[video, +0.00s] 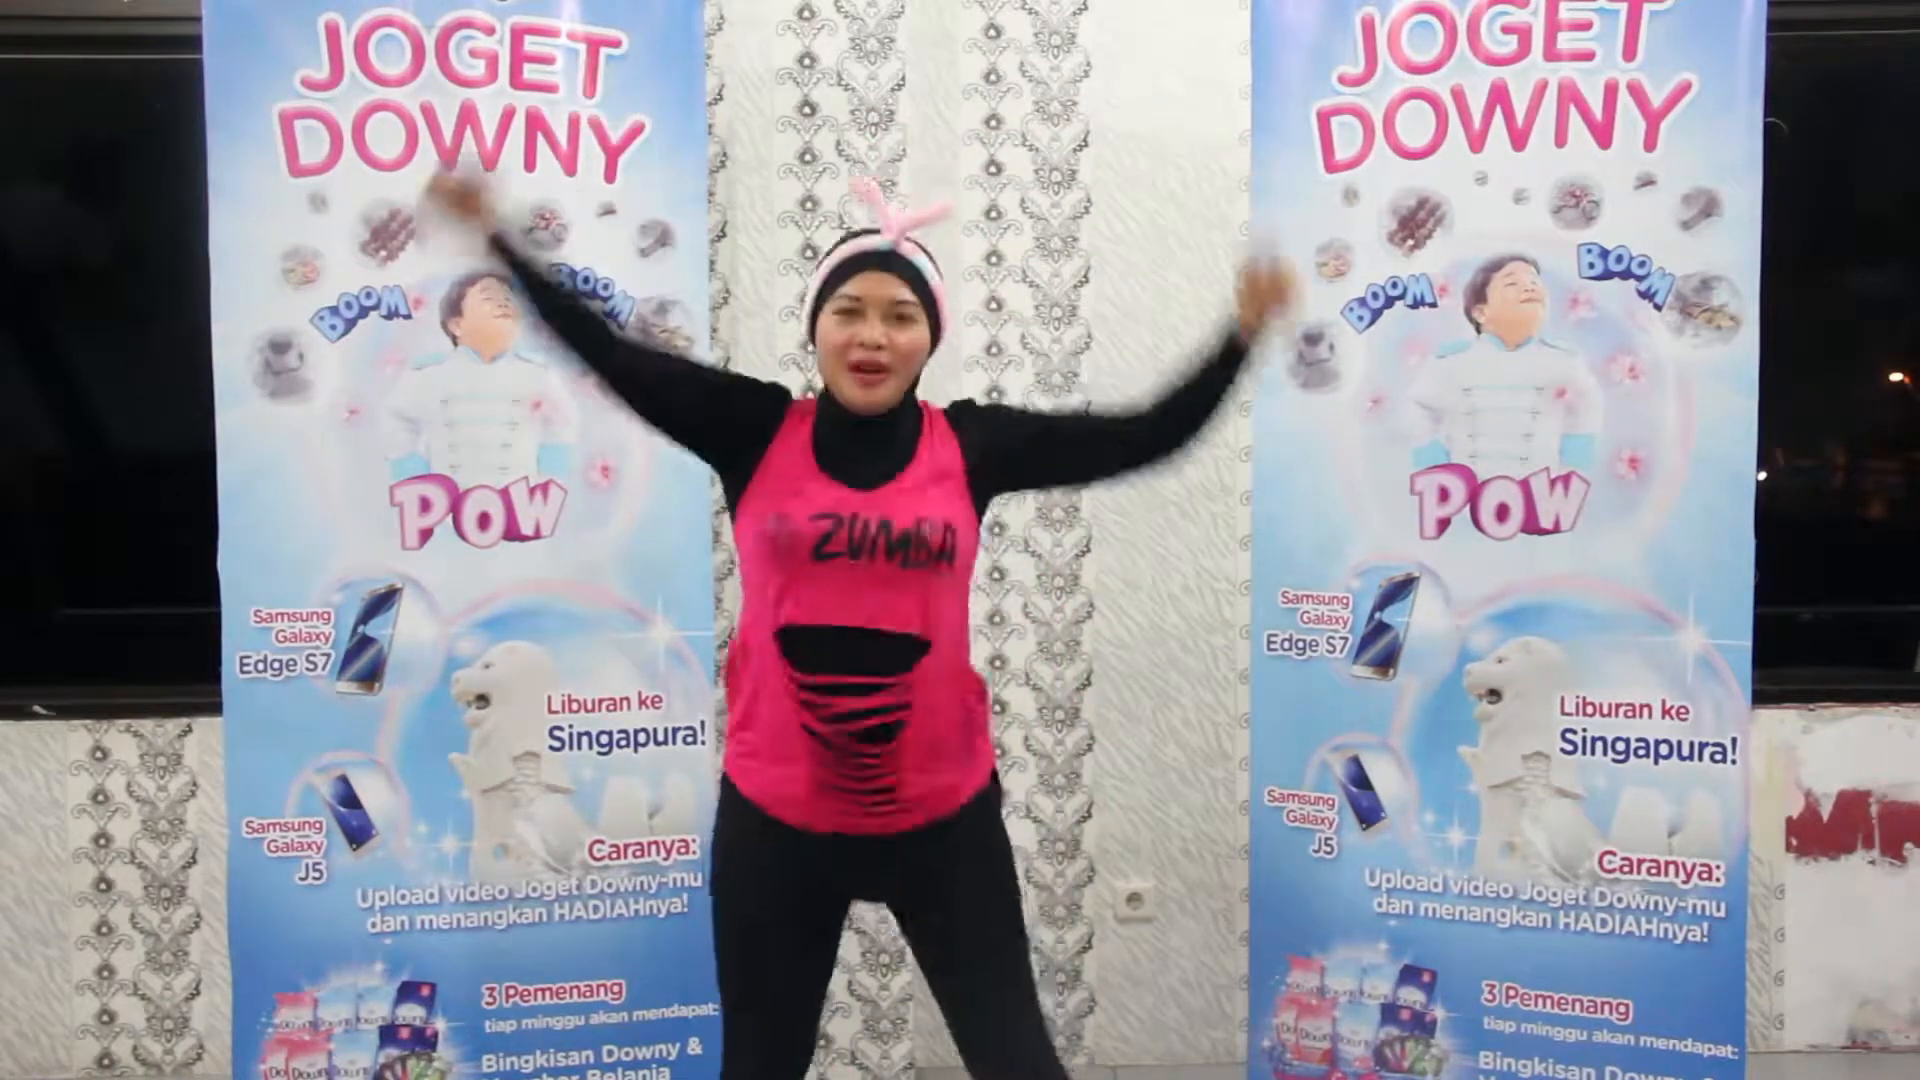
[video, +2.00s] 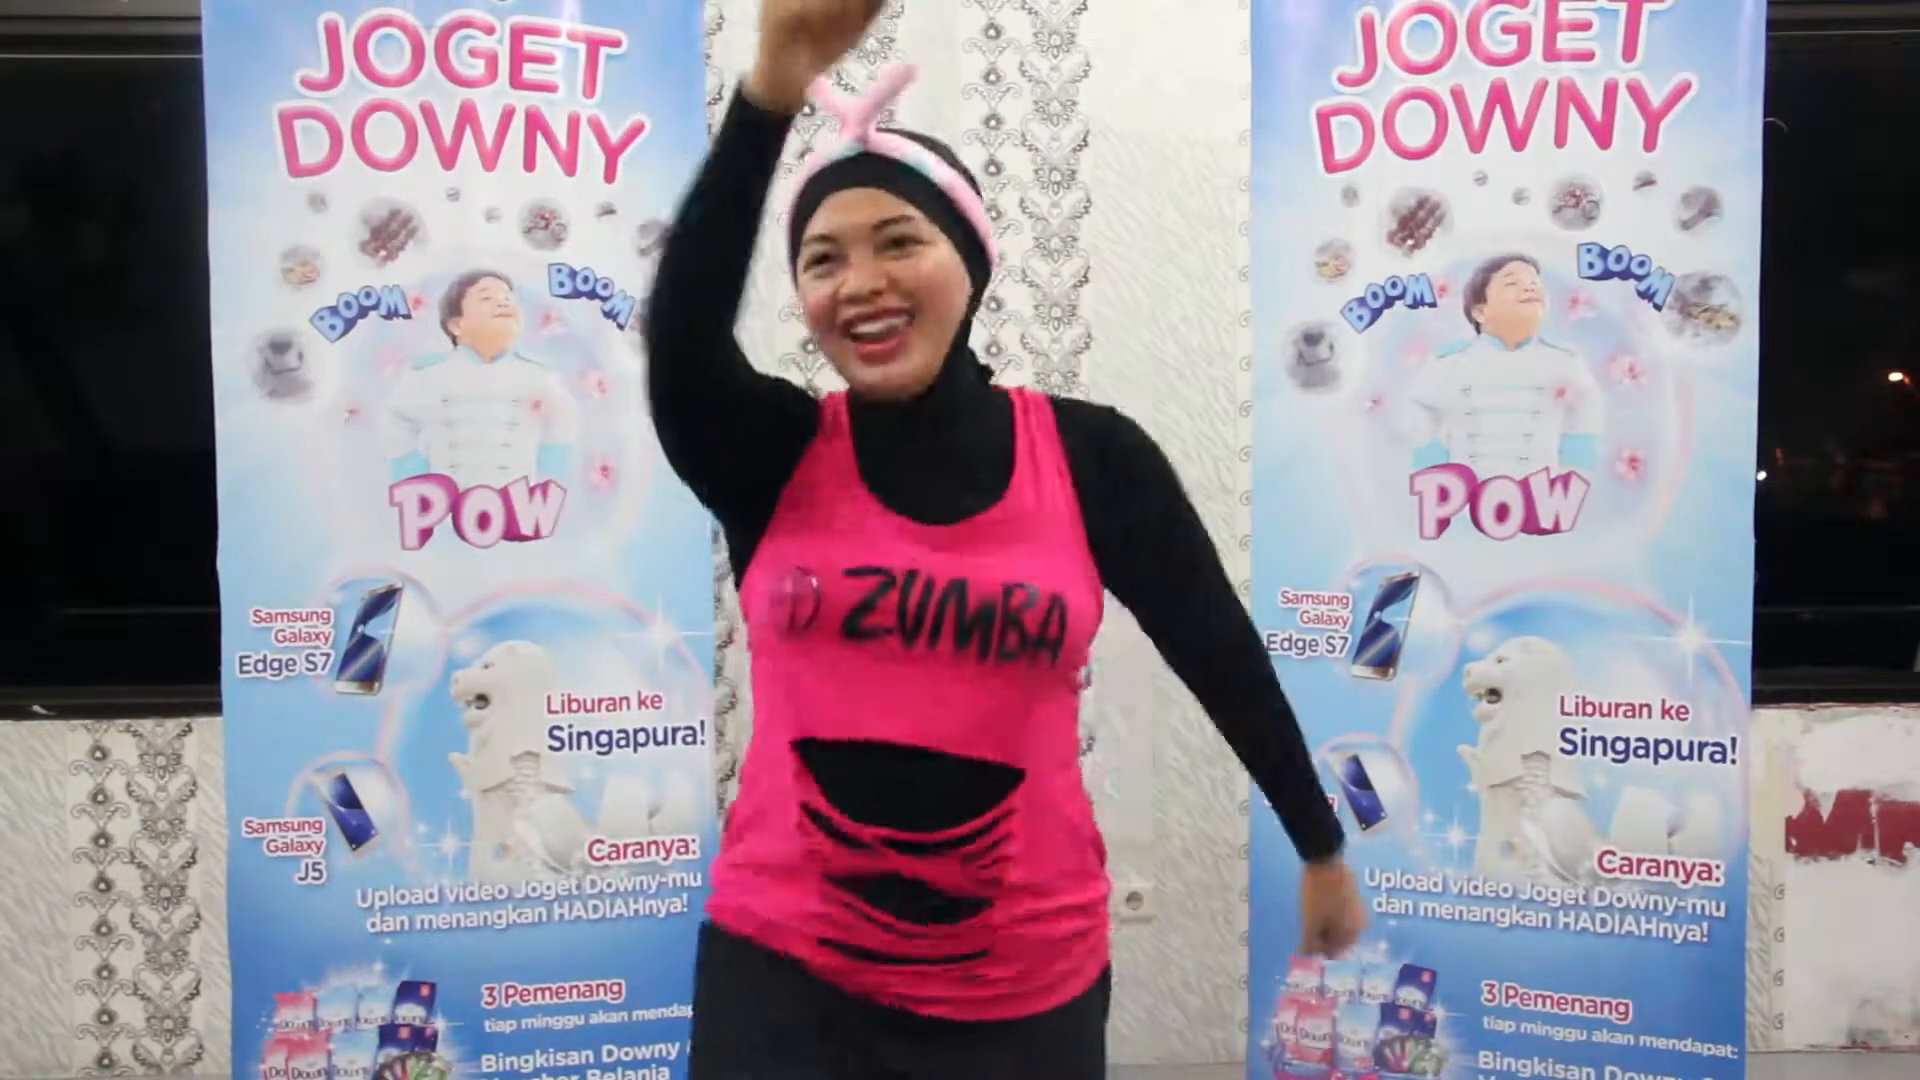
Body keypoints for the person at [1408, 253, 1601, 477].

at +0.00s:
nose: (1528, 286)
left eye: (1534, 281)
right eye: (1510, 283)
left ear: (1545, 299)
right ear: (1479, 311)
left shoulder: (1564, 364)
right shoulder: (1446, 365)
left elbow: (1583, 422)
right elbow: (1415, 415)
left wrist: (1567, 482)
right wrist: (1436, 475)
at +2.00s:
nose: (1529, 287)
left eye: (1534, 281)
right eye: (1510, 283)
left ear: (1544, 301)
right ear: (1478, 311)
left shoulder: (1565, 365)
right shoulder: (1446, 367)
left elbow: (1582, 436)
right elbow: (1414, 421)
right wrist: (1435, 477)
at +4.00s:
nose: (1529, 287)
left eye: (1534, 281)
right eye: (1510, 283)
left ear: (1545, 299)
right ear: (1479, 311)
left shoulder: (1564, 364)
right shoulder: (1447, 365)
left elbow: (1584, 421)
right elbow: (1416, 415)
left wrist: (1567, 482)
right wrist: (1433, 475)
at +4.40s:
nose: (1529, 286)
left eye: (1534, 280)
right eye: (1510, 283)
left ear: (1545, 299)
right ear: (1479, 311)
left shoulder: (1565, 363)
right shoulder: (1446, 365)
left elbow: (1584, 432)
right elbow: (1416, 420)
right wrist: (1436, 481)